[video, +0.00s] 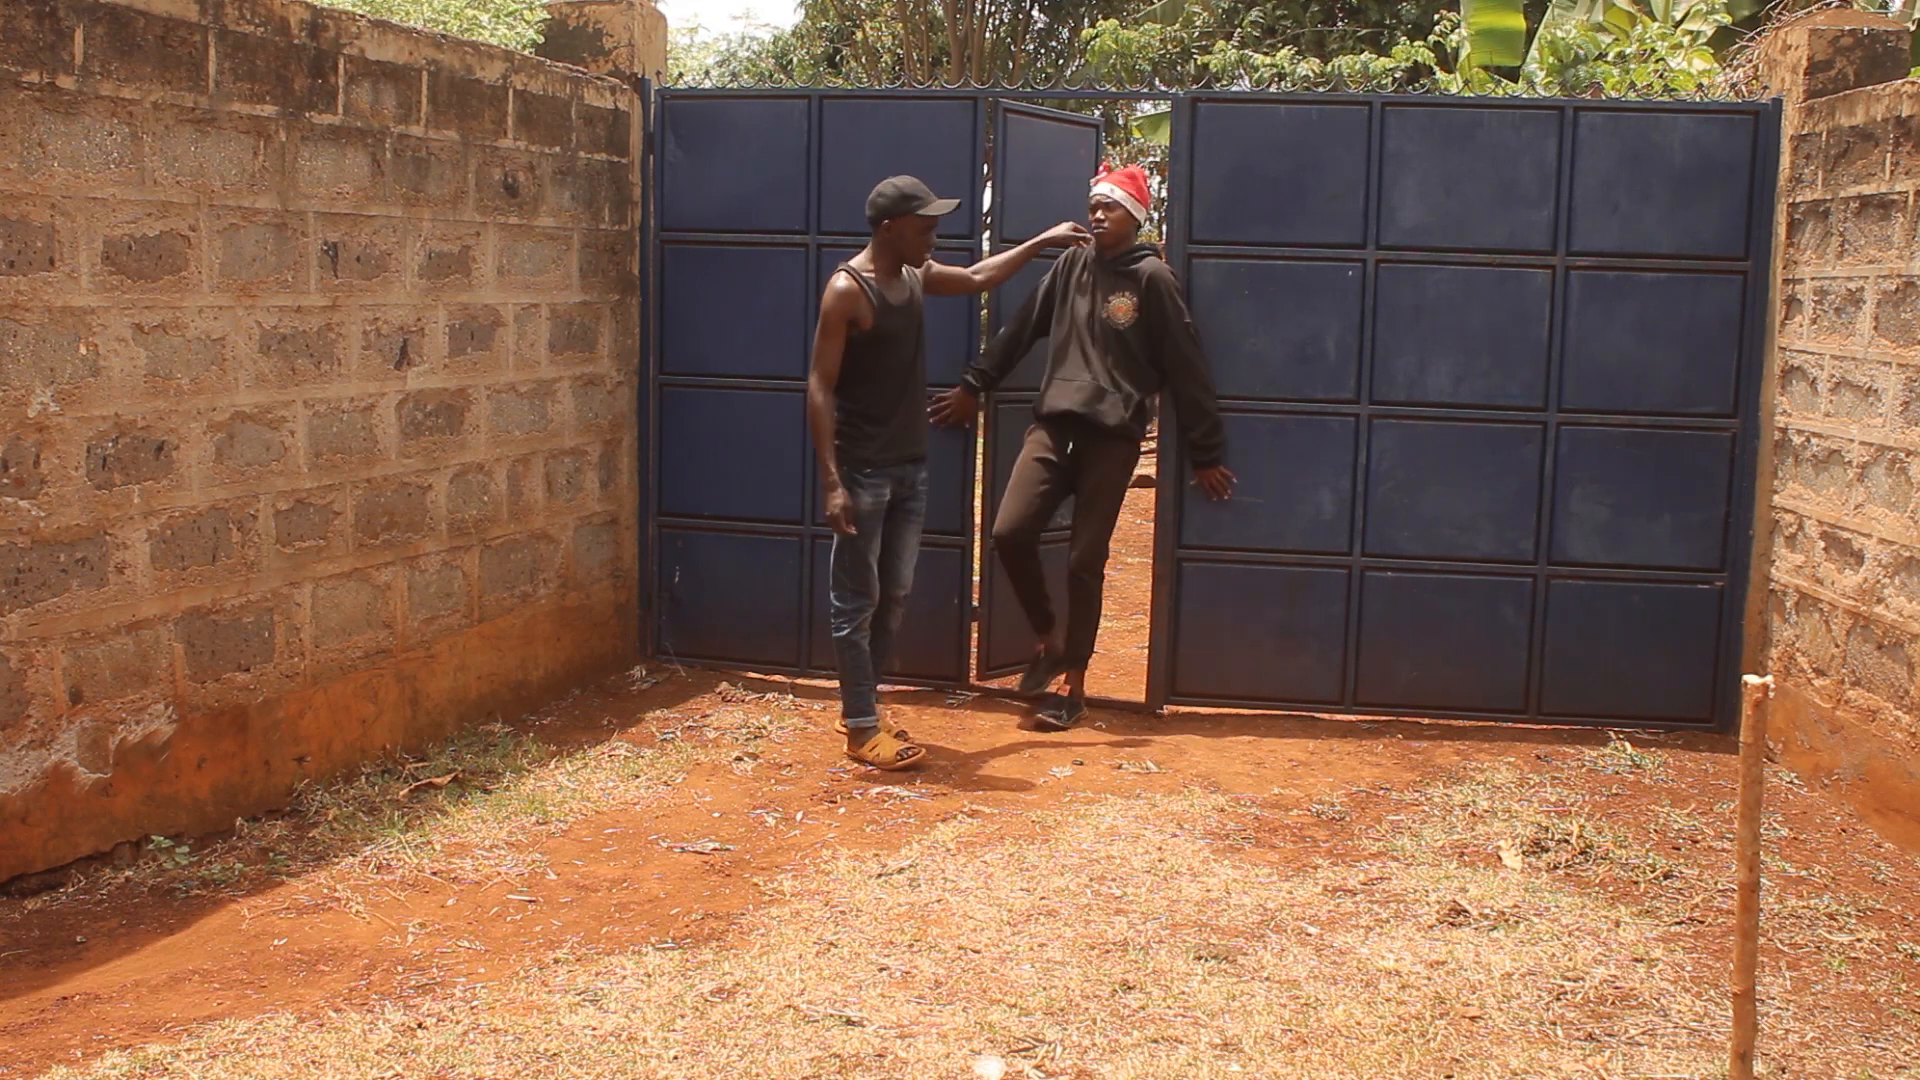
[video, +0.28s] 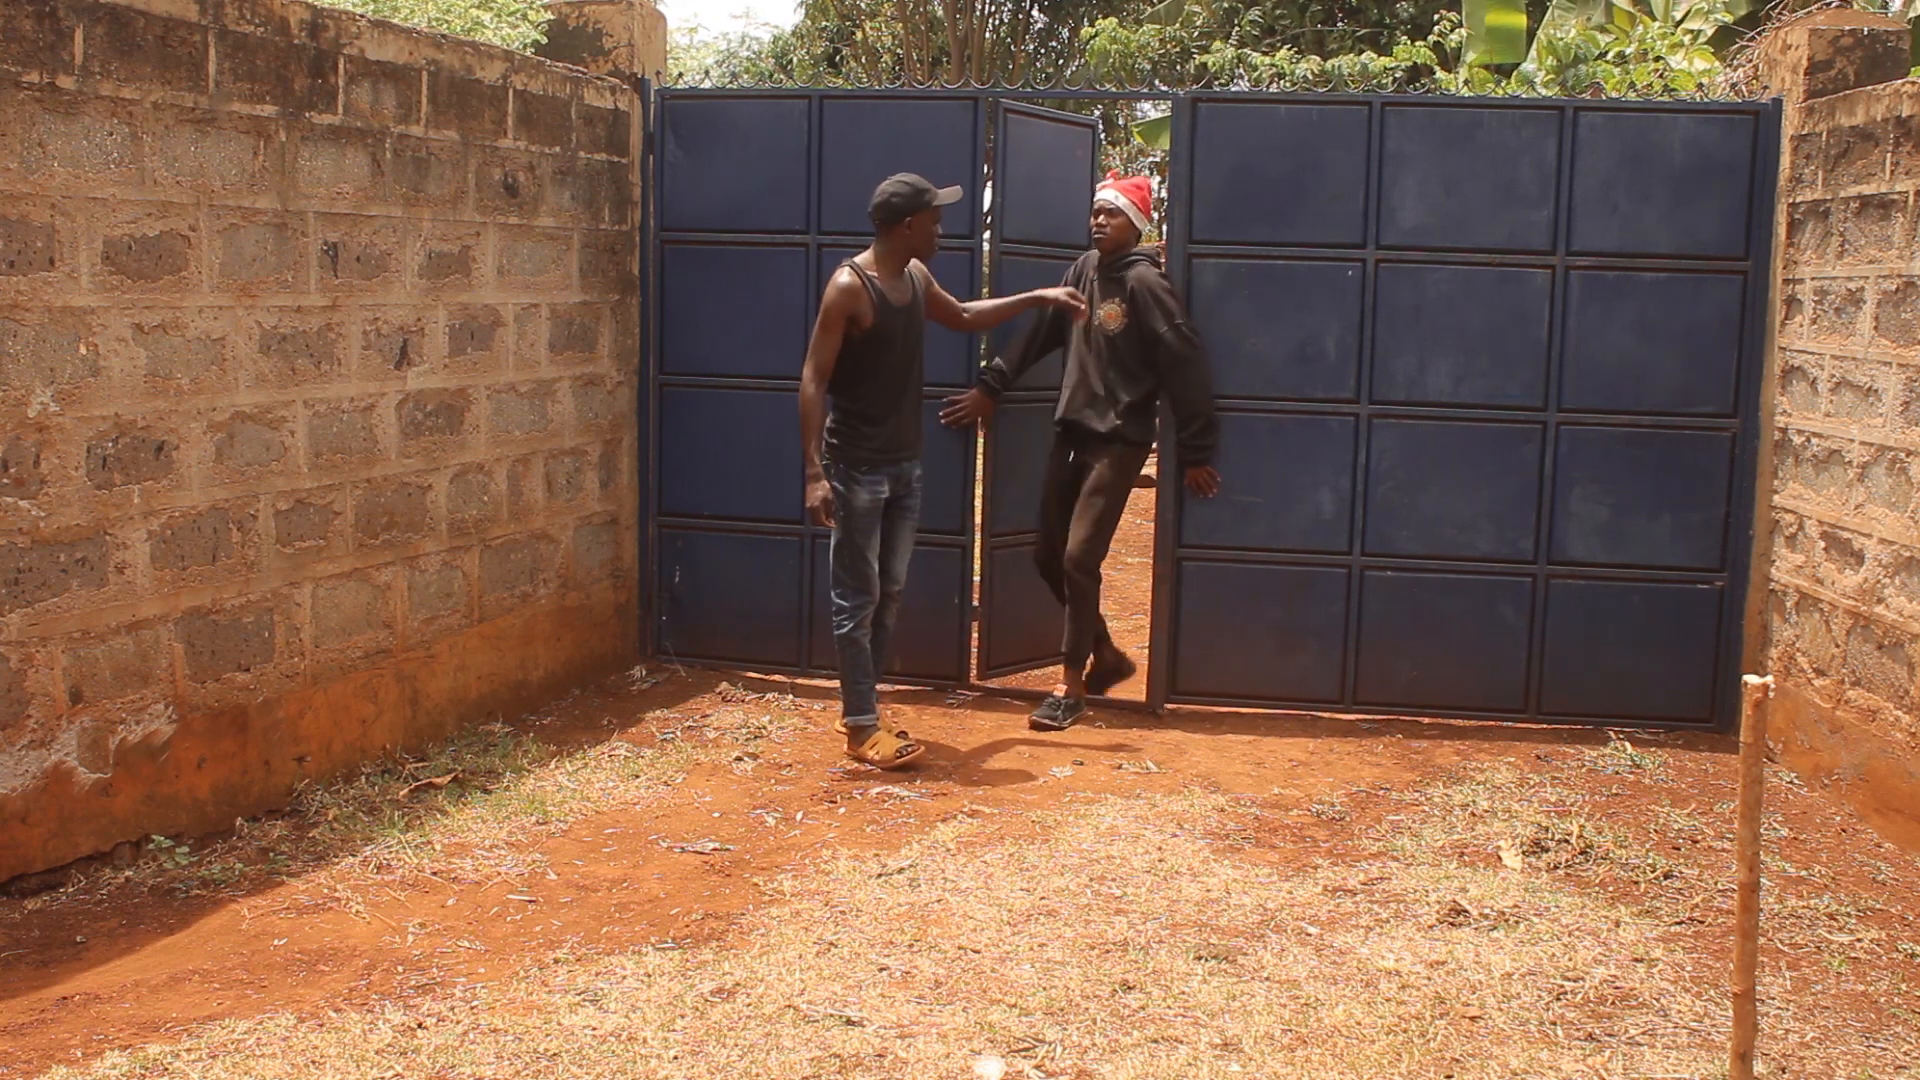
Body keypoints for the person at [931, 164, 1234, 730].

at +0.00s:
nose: (1097, 217)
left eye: (1111, 209)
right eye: (1095, 206)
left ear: (1138, 218)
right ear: (1088, 211)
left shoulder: (1151, 277)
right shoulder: (1070, 263)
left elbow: (1187, 368)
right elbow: (1021, 329)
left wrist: (1205, 454)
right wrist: (973, 385)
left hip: (1112, 433)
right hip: (1053, 424)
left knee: (1085, 559)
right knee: (1009, 534)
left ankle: (1073, 690)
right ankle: (1050, 641)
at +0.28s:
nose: (1098, 221)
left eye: (1111, 215)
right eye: (1096, 212)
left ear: (1138, 226)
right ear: (1092, 219)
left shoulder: (1145, 281)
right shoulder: (1084, 268)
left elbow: (1186, 364)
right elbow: (1040, 332)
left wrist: (1195, 452)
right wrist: (990, 386)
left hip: (1121, 438)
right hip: (1073, 432)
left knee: (1080, 557)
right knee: (1051, 556)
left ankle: (1070, 693)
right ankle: (1109, 657)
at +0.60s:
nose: (1095, 239)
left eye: (1106, 231)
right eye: (1090, 229)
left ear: (1132, 238)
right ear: (1087, 235)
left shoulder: (1138, 289)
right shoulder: (1092, 289)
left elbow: (1183, 366)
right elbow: (1052, 355)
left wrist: (1190, 458)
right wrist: (1005, 395)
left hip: (1125, 448)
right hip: (1105, 446)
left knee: (1074, 554)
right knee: (1128, 569)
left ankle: (1070, 690)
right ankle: (1138, 676)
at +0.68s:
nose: (1095, 240)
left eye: (1107, 232)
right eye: (1091, 230)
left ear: (1133, 240)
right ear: (1088, 236)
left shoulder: (1139, 290)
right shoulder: (1093, 291)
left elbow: (1182, 369)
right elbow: (1053, 361)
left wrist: (1189, 459)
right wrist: (1006, 397)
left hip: (1128, 449)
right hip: (1105, 447)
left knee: (1079, 555)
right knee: (1133, 568)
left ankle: (1071, 689)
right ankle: (1140, 675)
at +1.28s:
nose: (1097, 243)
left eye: (1109, 235)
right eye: (1092, 233)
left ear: (1135, 241)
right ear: (1088, 237)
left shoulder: (1144, 292)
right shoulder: (1097, 292)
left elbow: (1183, 372)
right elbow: (1060, 355)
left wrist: (1188, 461)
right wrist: (1007, 397)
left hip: (1132, 452)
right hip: (1107, 449)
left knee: (1086, 558)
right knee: (1132, 567)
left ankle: (1071, 690)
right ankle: (1139, 676)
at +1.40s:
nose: (1096, 242)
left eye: (1108, 234)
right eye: (1092, 232)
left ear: (1134, 241)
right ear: (1087, 237)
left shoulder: (1143, 292)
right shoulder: (1097, 291)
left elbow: (1182, 372)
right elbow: (1060, 354)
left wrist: (1188, 461)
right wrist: (1007, 397)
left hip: (1132, 452)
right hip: (1105, 449)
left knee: (1083, 559)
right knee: (1131, 568)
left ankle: (1071, 690)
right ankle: (1140, 675)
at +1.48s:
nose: (1095, 242)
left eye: (1107, 234)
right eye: (1091, 232)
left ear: (1133, 241)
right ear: (1087, 236)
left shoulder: (1144, 293)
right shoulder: (1095, 291)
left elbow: (1183, 372)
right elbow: (1059, 356)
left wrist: (1188, 461)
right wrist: (1007, 397)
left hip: (1131, 451)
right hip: (1103, 449)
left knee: (1081, 559)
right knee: (1129, 567)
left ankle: (1070, 691)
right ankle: (1139, 675)